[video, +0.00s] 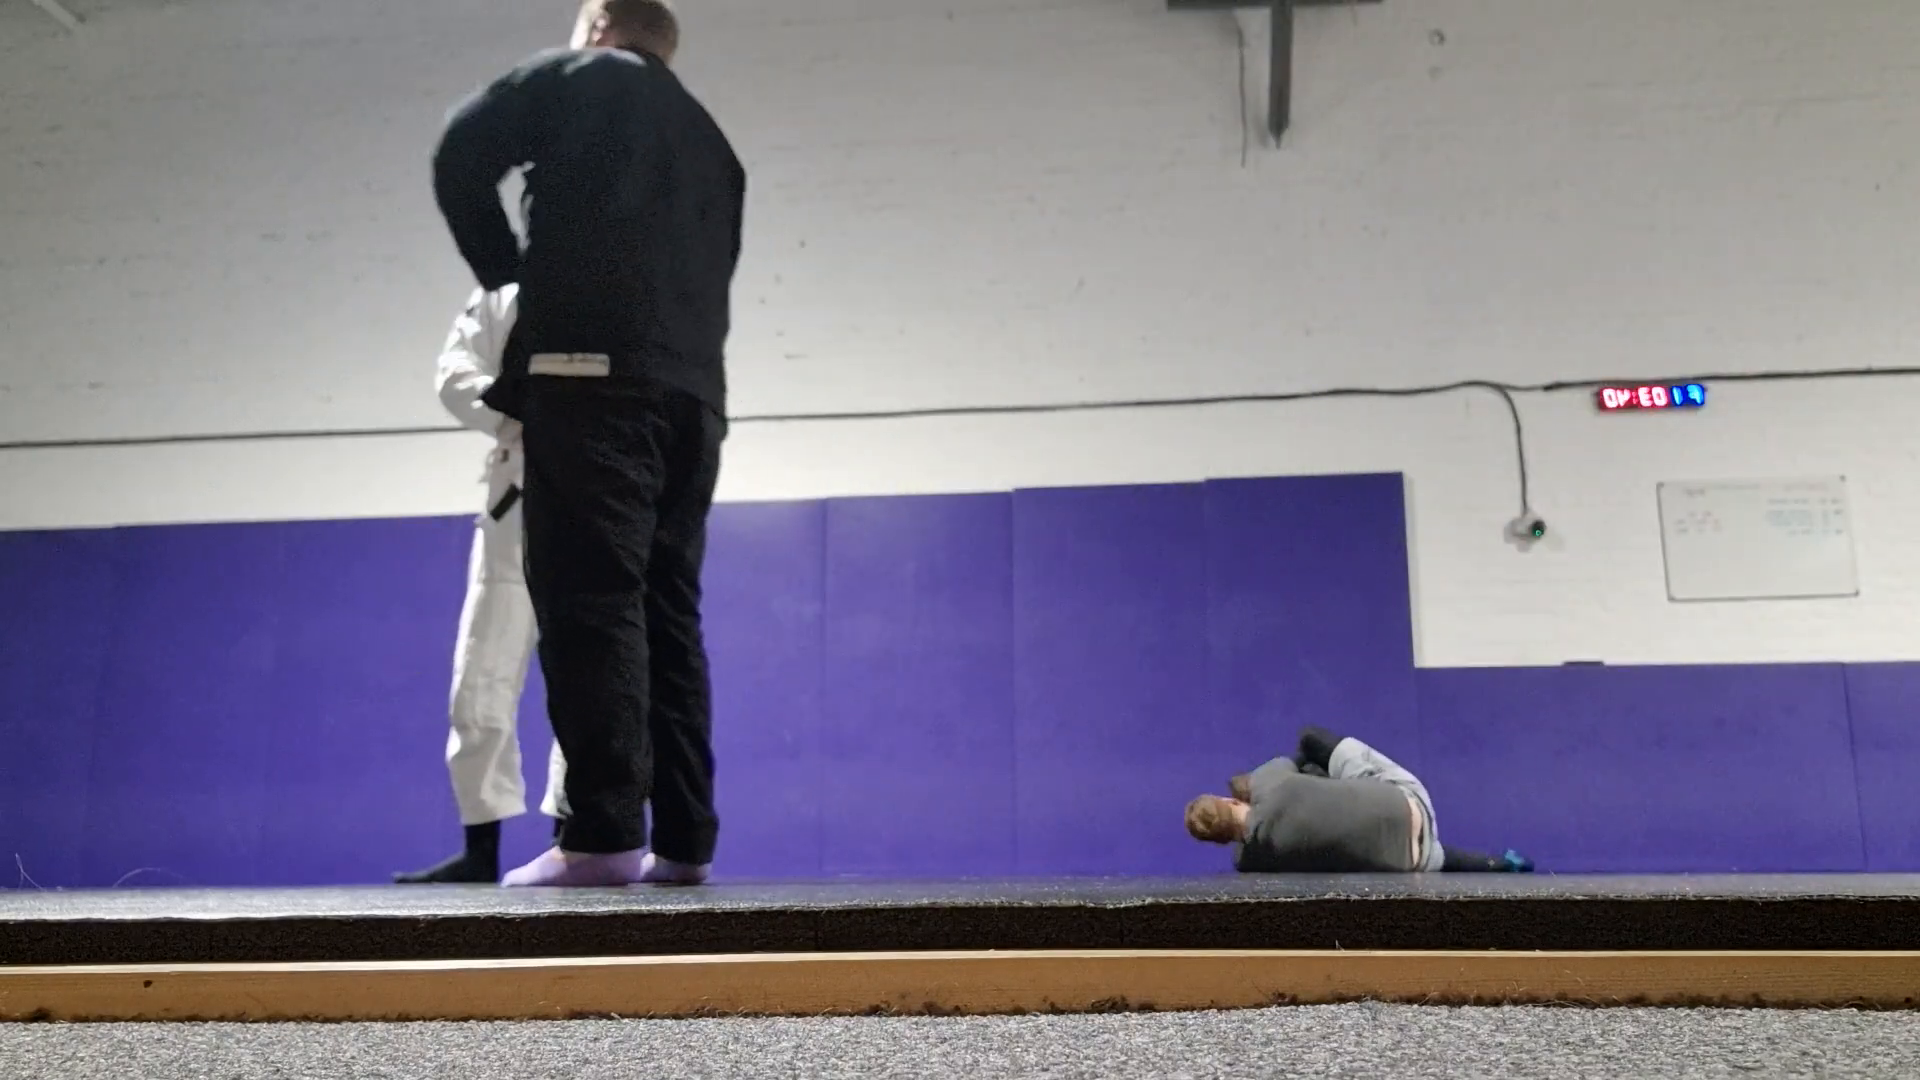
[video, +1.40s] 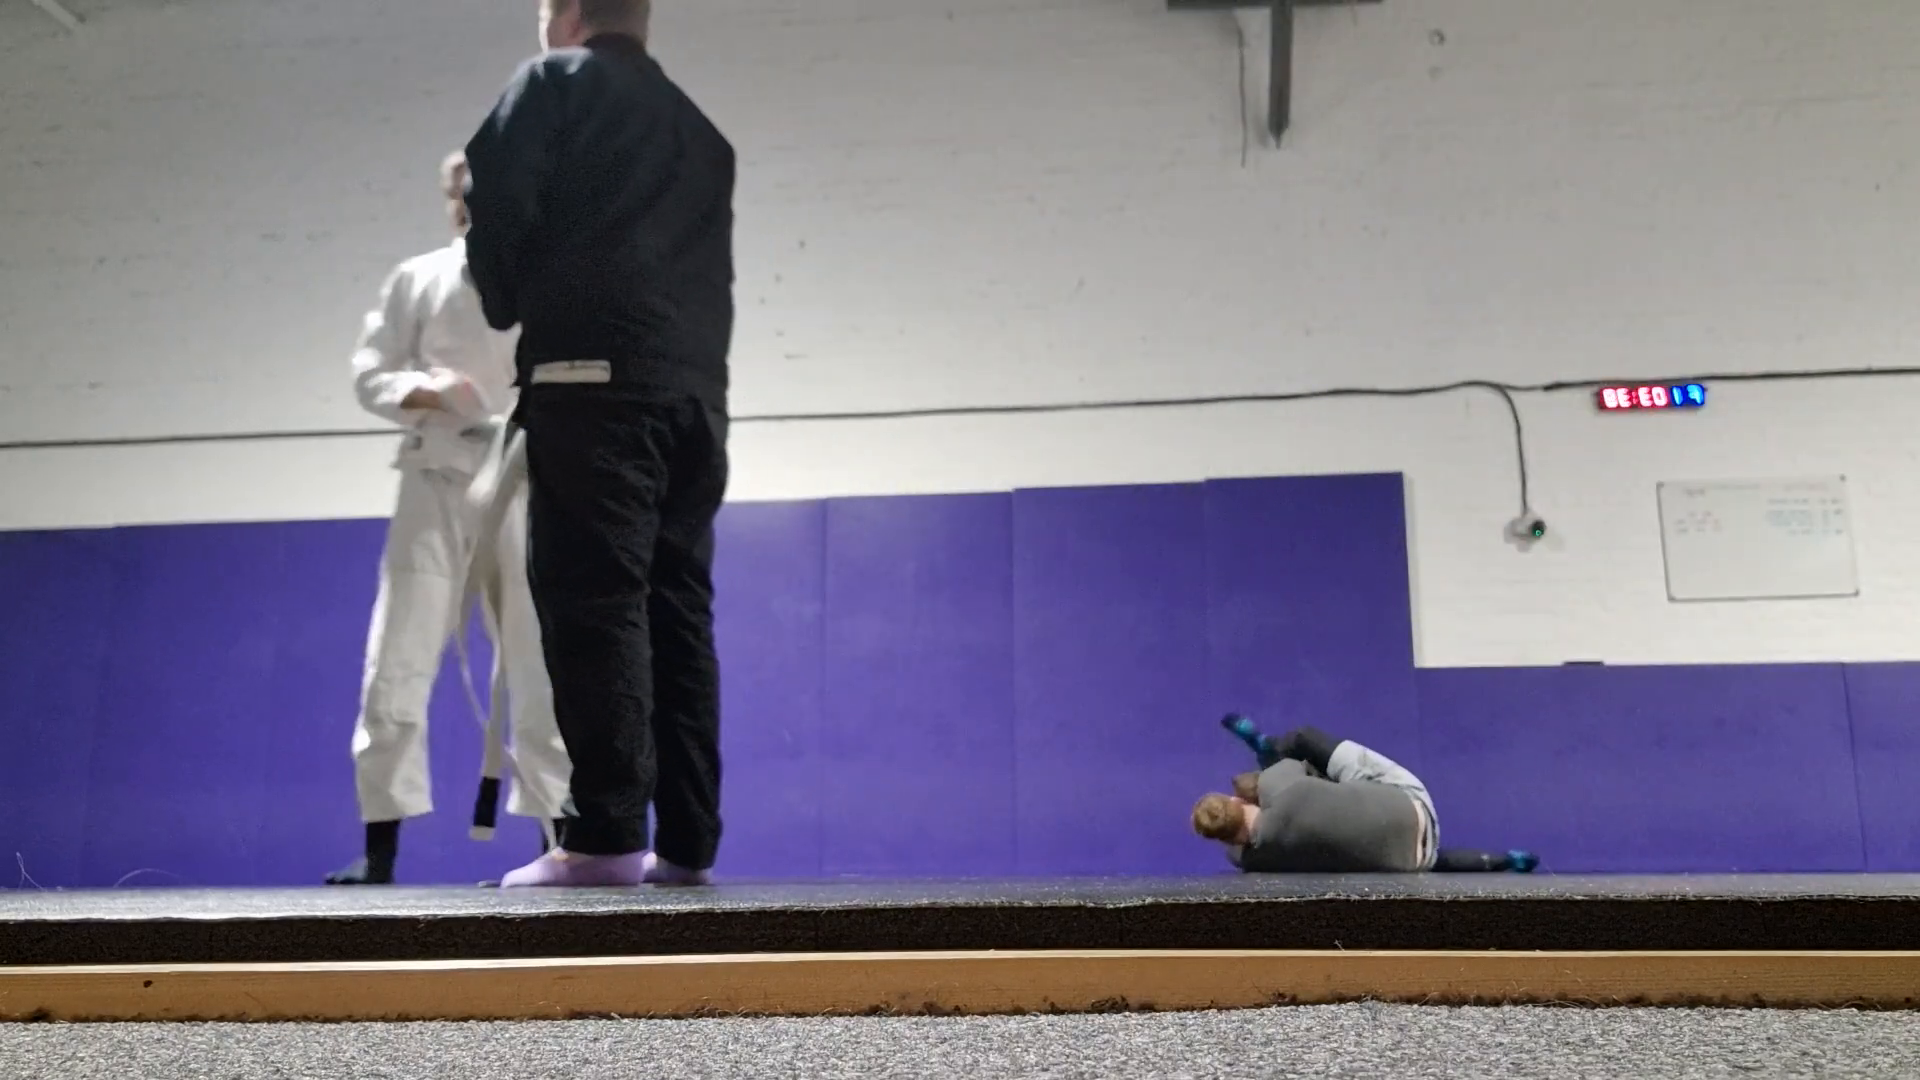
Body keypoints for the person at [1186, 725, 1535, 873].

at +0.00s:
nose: (1227, 796)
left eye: (1216, 828)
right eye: (1223, 797)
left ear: (1220, 840)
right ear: (1230, 796)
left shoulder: (1254, 862)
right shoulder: (1268, 779)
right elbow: (1294, 763)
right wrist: (1250, 786)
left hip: (1415, 860)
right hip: (1414, 805)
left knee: (1436, 857)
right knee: (1315, 739)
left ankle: (1503, 865)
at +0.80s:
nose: (1232, 799)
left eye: (1220, 822)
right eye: (1230, 796)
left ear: (1226, 836)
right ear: (1239, 791)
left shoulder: (1259, 857)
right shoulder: (1279, 776)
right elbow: (1312, 771)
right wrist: (1274, 777)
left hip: (1421, 861)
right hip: (1423, 807)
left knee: (1447, 855)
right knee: (1323, 737)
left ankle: (1523, 865)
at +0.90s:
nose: (1231, 796)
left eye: (1218, 814)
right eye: (1229, 793)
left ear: (1226, 834)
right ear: (1238, 789)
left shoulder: (1257, 858)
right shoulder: (1280, 777)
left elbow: (1250, 850)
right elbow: (1313, 763)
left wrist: (1252, 816)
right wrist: (1261, 777)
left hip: (1419, 860)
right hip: (1418, 805)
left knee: (1446, 856)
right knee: (1317, 738)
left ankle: (1522, 864)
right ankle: (1264, 752)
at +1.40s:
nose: (1234, 791)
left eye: (1221, 829)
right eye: (1232, 792)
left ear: (1225, 842)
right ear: (1241, 794)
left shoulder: (1258, 864)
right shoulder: (1279, 785)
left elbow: (1248, 845)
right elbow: (1295, 766)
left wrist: (1242, 829)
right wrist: (1256, 789)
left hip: (1415, 860)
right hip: (1415, 807)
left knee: (1428, 858)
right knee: (1308, 737)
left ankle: (1505, 861)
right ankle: (1269, 745)